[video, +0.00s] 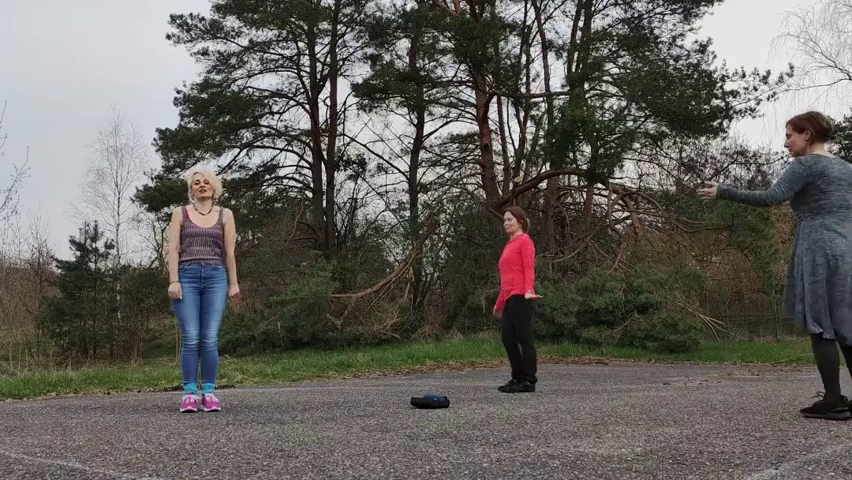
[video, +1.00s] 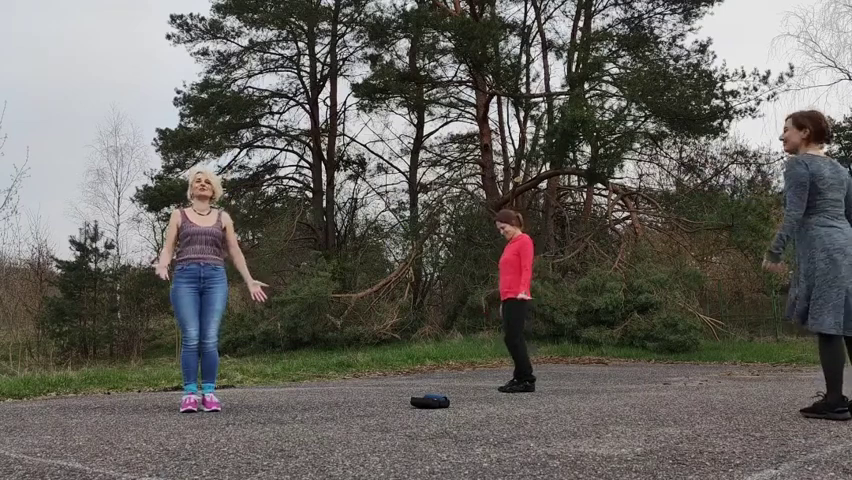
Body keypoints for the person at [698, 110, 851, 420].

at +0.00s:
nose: (786, 142)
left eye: (790, 135)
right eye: (786, 136)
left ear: (807, 134)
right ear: (814, 136)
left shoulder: (805, 165)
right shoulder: (845, 166)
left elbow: (770, 196)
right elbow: (844, 208)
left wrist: (724, 191)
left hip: (818, 249)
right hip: (847, 248)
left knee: (819, 323)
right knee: (842, 323)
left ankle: (833, 398)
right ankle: (843, 397)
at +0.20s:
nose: (786, 140)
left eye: (789, 134)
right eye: (786, 134)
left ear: (804, 134)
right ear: (816, 135)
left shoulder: (800, 164)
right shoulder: (844, 166)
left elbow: (778, 205)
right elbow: (844, 208)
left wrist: (729, 209)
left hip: (818, 250)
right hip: (847, 249)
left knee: (824, 326)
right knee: (841, 325)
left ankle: (834, 398)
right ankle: (839, 398)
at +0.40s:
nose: (788, 144)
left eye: (790, 138)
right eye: (788, 138)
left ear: (803, 139)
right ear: (819, 139)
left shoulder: (802, 169)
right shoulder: (843, 168)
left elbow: (788, 219)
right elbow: (842, 214)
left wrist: (767, 258)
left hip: (815, 255)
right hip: (844, 253)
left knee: (811, 325)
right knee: (839, 325)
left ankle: (832, 397)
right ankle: (840, 397)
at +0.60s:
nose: (785, 139)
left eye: (788, 133)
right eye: (786, 133)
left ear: (800, 134)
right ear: (816, 135)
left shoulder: (795, 164)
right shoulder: (842, 167)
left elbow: (803, 210)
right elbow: (846, 209)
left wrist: (809, 250)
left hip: (824, 249)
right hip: (847, 248)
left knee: (827, 323)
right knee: (844, 324)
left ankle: (835, 398)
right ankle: (838, 396)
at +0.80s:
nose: (783, 141)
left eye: (787, 135)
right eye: (785, 135)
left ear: (801, 137)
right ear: (813, 139)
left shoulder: (796, 167)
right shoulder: (841, 169)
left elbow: (800, 211)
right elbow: (845, 210)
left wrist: (800, 250)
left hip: (819, 253)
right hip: (847, 251)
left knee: (816, 326)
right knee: (843, 325)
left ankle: (833, 398)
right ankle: (841, 397)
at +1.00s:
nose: (782, 136)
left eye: (787, 130)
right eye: (783, 130)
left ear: (806, 133)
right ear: (812, 134)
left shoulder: (798, 164)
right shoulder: (841, 169)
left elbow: (794, 213)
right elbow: (847, 213)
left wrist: (775, 251)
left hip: (822, 249)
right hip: (845, 247)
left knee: (827, 324)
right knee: (837, 324)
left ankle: (834, 398)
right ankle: (836, 397)